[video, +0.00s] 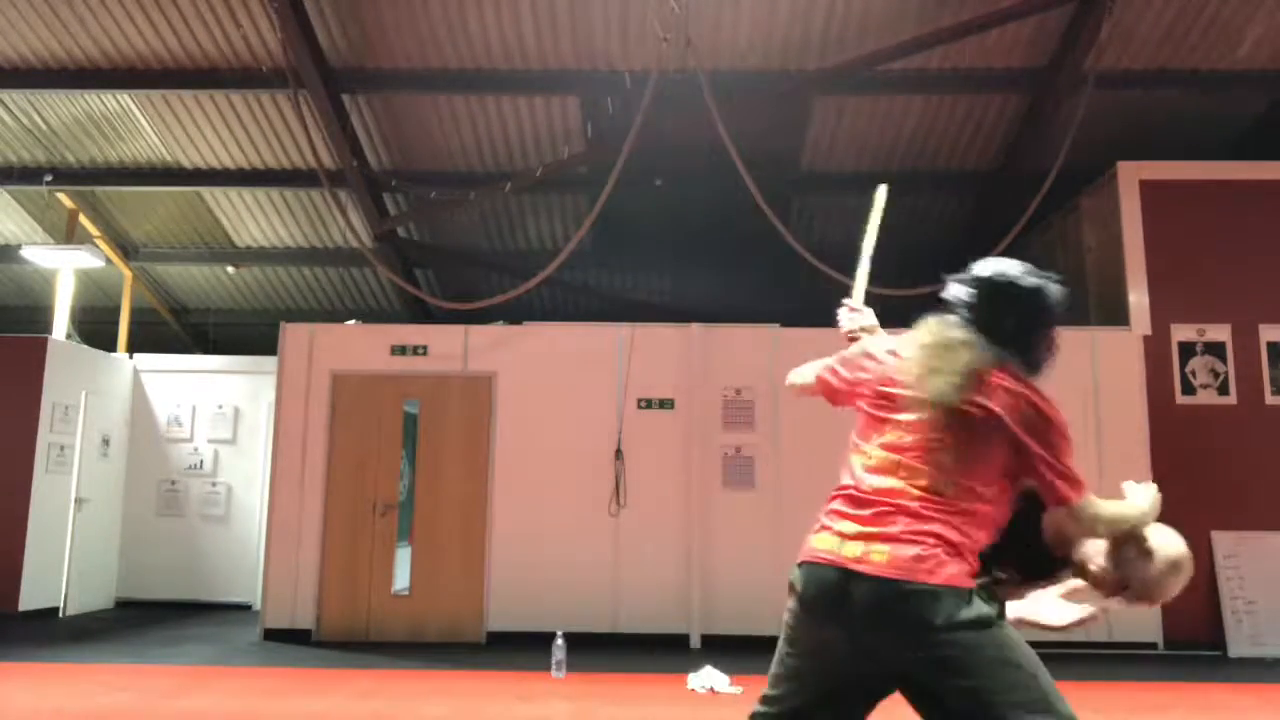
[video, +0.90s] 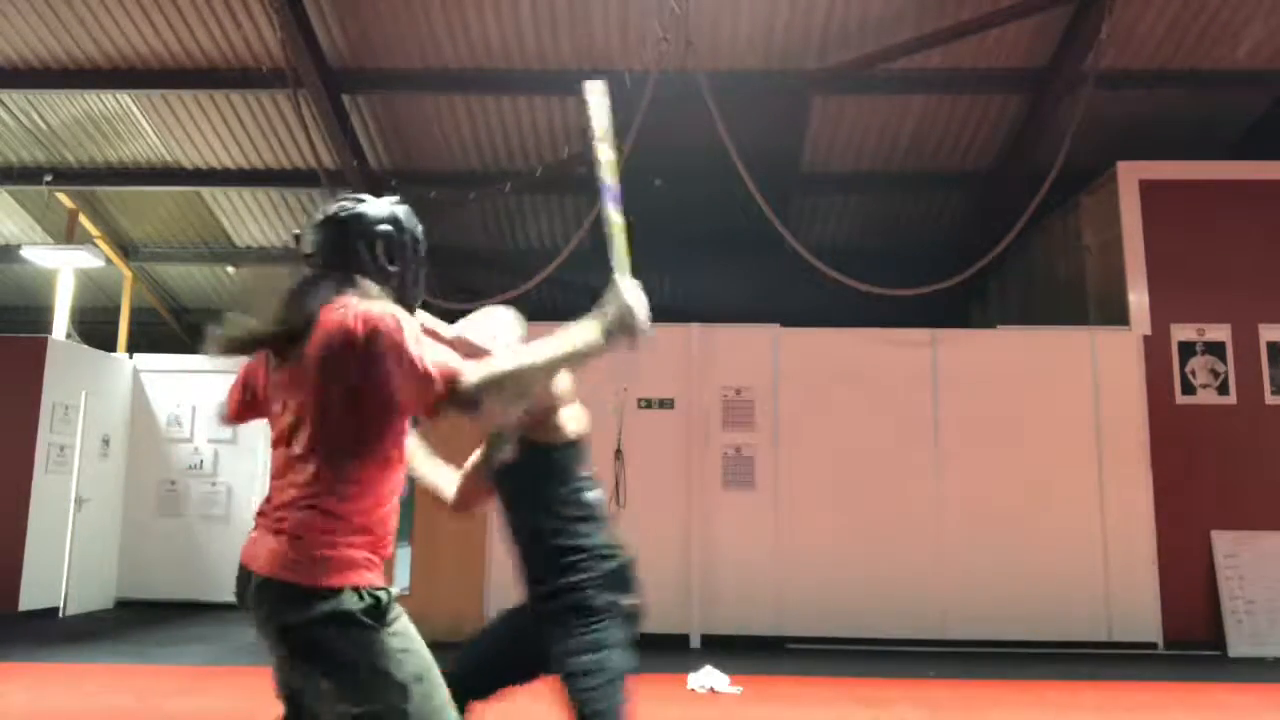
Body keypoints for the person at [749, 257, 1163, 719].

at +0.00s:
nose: (1053, 345)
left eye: (1052, 329)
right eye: (1047, 330)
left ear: (961, 315)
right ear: (1022, 333)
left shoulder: (888, 355)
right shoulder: (1023, 403)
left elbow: (800, 378)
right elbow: (1075, 516)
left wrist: (862, 340)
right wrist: (1137, 509)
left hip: (825, 580)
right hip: (931, 592)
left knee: (782, 710)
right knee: (1042, 713)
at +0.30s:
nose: (1066, 363)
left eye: (1072, 350)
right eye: (1066, 349)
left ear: (986, 313)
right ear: (1040, 337)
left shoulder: (906, 353)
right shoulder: (1042, 401)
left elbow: (818, 365)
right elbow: (1100, 499)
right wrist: (1143, 475)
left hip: (822, 580)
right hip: (926, 592)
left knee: (779, 713)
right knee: (1034, 710)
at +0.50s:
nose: (750, 328)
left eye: (756, 311)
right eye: (749, 313)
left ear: (800, 302)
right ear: (795, 304)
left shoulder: (896, 379)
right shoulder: (786, 390)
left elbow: (923, 474)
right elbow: (707, 440)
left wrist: (797, 413)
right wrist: (663, 386)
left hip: (934, 604)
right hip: (863, 602)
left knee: (905, 709)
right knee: (770, 709)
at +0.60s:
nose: (681, 328)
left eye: (690, 311)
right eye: (680, 313)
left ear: (733, 302)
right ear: (730, 304)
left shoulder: (820, 379)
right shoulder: (722, 383)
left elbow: (845, 468)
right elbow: (640, 434)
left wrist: (723, 409)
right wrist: (561, 378)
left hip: (854, 611)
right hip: (787, 605)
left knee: (843, 712)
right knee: (662, 694)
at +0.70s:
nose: (608, 306)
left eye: (621, 293)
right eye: (610, 295)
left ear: (667, 294)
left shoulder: (735, 367)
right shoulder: (648, 382)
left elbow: (751, 420)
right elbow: (581, 434)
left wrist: (647, 388)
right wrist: (518, 370)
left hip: (761, 601)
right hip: (697, 600)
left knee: (800, 709)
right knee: (582, 681)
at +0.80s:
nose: (543, 313)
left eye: (556, 302)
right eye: (544, 303)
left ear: (598, 305)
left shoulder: (645, 359)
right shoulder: (570, 397)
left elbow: (619, 378)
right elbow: (505, 443)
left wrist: (521, 346)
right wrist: (451, 382)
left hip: (674, 597)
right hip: (612, 599)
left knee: (718, 704)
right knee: (524, 691)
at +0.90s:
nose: (466, 367)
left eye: (477, 354)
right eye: (464, 356)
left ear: (509, 353)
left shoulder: (556, 405)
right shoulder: (502, 438)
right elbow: (458, 494)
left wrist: (429, 328)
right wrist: (399, 433)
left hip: (593, 608)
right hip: (547, 610)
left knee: (599, 711)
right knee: (450, 689)